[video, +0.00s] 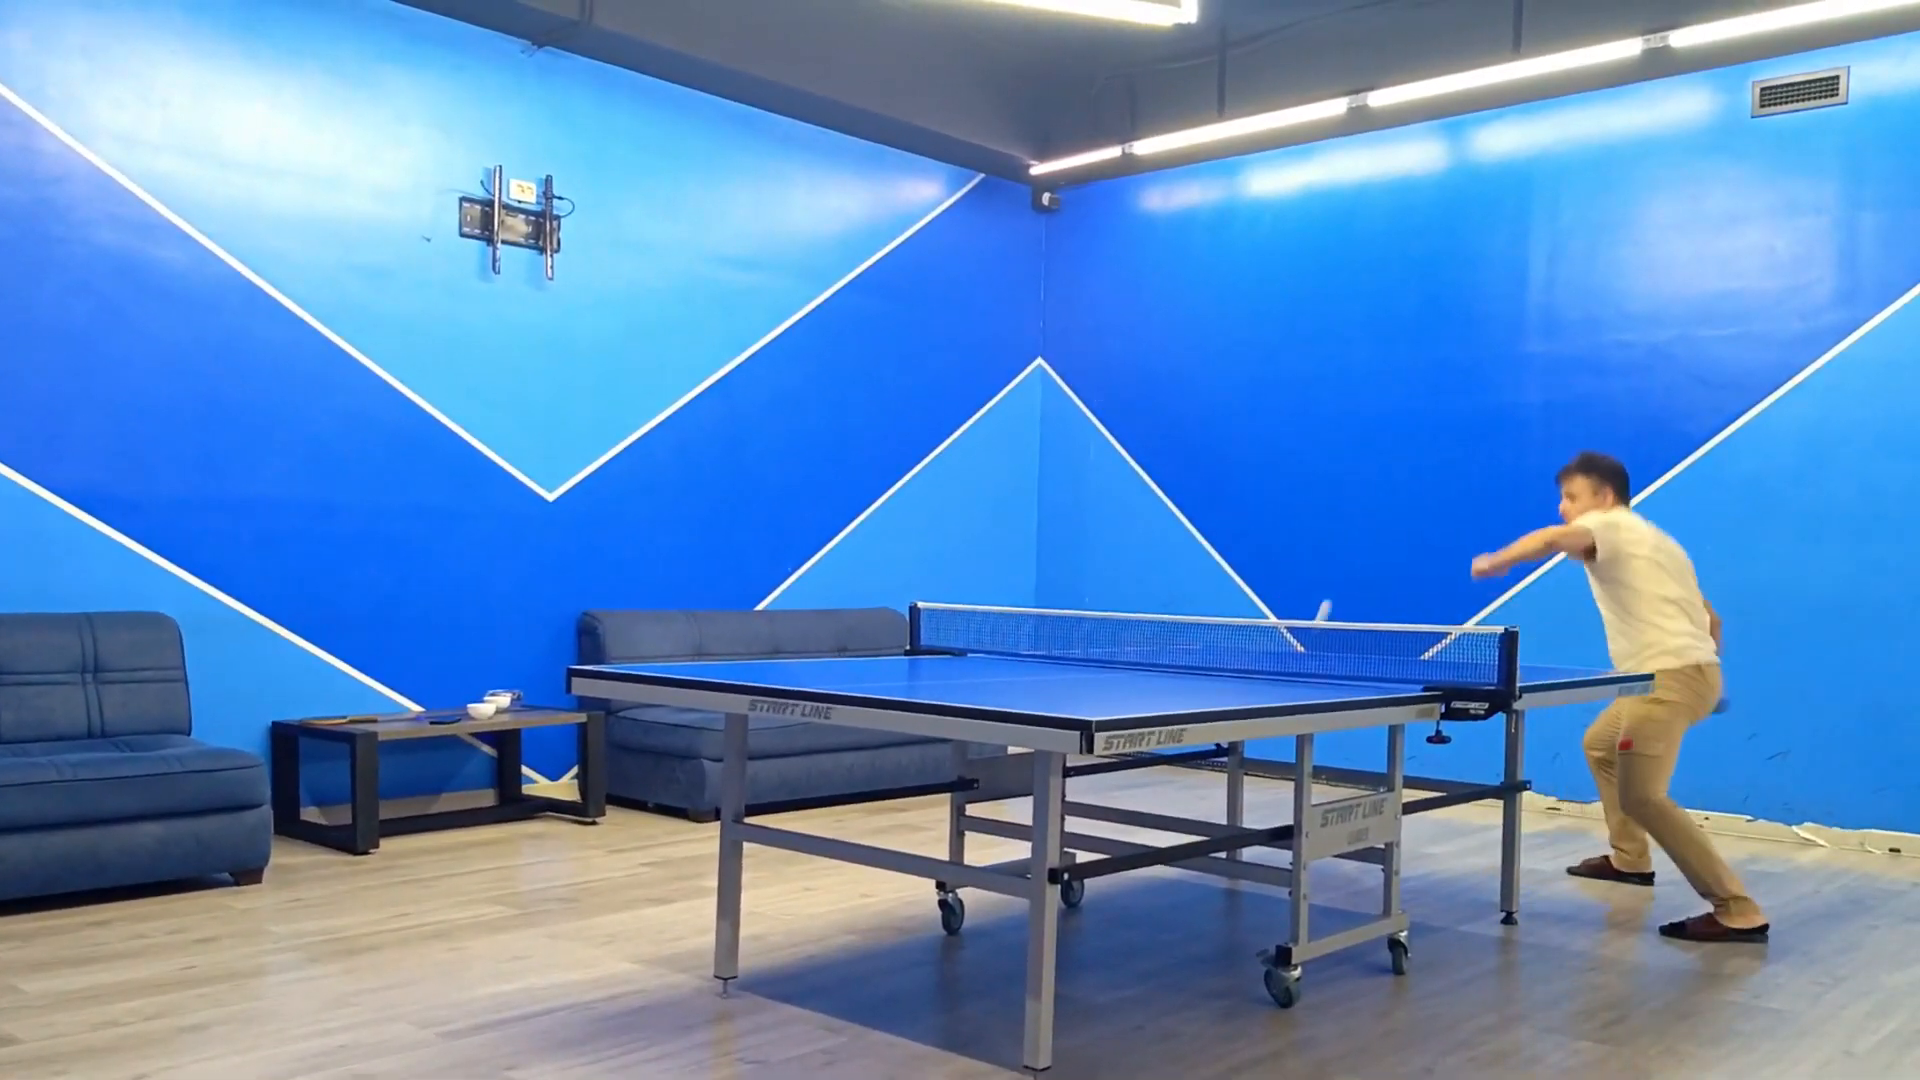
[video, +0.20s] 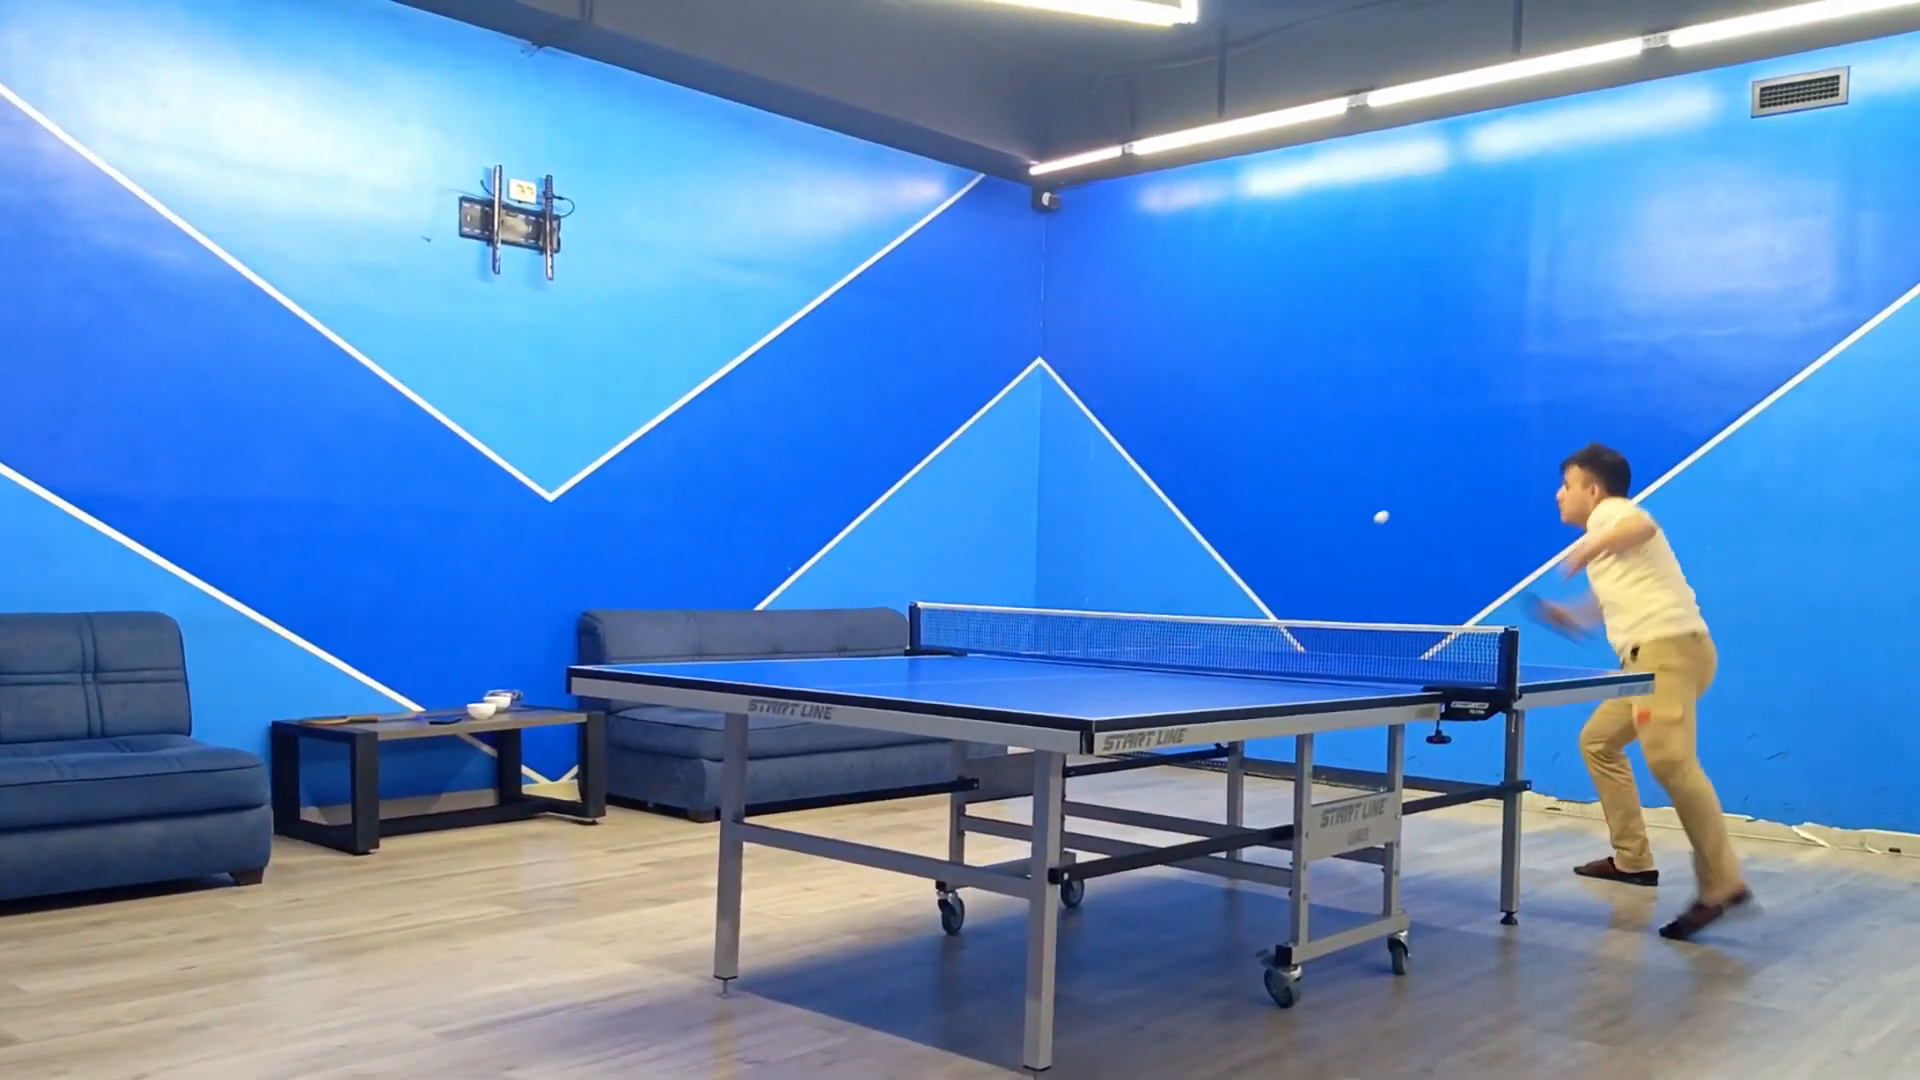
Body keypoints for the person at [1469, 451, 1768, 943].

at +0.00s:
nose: (1562, 508)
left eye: (1571, 497)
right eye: (1562, 498)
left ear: (1605, 496)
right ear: (1617, 502)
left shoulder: (1605, 524)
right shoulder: (1663, 543)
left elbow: (1550, 538)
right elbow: (1709, 620)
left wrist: (1497, 560)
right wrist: (1708, 682)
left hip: (1669, 671)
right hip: (1693, 670)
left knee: (1642, 797)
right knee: (1601, 745)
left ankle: (1738, 910)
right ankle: (1630, 860)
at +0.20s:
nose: (1558, 494)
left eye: (1565, 484)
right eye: (1560, 484)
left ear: (1591, 487)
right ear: (1593, 489)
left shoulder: (1613, 511)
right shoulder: (1606, 539)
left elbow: (1643, 527)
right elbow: (1612, 607)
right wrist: (1572, 618)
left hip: (1671, 645)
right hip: (1647, 654)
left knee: (1671, 761)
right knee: (1597, 741)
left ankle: (1724, 887)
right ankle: (1632, 858)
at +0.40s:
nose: (1557, 457)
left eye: (1563, 447)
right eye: (1554, 449)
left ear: (1597, 441)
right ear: (1572, 450)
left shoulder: (1632, 468)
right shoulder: (1588, 478)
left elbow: (1687, 469)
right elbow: (1538, 431)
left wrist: (1718, 440)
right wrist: (1503, 377)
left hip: (1660, 616)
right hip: (1627, 622)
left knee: (1639, 726)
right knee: (1599, 731)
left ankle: (1710, 842)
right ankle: (1637, 845)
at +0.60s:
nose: (1571, 465)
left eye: (1577, 455)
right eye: (1568, 457)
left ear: (1609, 449)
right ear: (1573, 456)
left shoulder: (1656, 488)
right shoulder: (1582, 484)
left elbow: (1737, 519)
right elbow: (1541, 433)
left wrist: (1816, 525)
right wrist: (1565, 373)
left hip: (1644, 635)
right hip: (1586, 632)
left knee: (1650, 744)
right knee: (1566, 732)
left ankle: (1681, 848)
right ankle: (1610, 812)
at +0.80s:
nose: (1572, 477)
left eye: (1581, 469)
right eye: (1571, 468)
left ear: (1612, 470)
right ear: (1573, 466)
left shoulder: (1652, 518)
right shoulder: (1563, 501)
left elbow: (1688, 578)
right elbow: (1494, 520)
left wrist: (1722, 631)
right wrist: (1493, 493)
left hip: (1623, 646)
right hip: (1566, 642)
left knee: (1640, 739)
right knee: (1544, 730)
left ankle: (1676, 842)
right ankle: (1568, 814)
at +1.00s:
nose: (1550, 481)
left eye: (1556, 473)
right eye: (1549, 473)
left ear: (1587, 467)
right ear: (1555, 469)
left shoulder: (1635, 510)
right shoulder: (1549, 494)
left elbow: (1657, 576)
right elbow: (1514, 541)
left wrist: (1656, 638)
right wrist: (1518, 567)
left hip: (1610, 628)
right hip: (1555, 624)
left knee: (1615, 723)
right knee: (1550, 718)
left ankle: (1617, 813)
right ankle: (1565, 810)